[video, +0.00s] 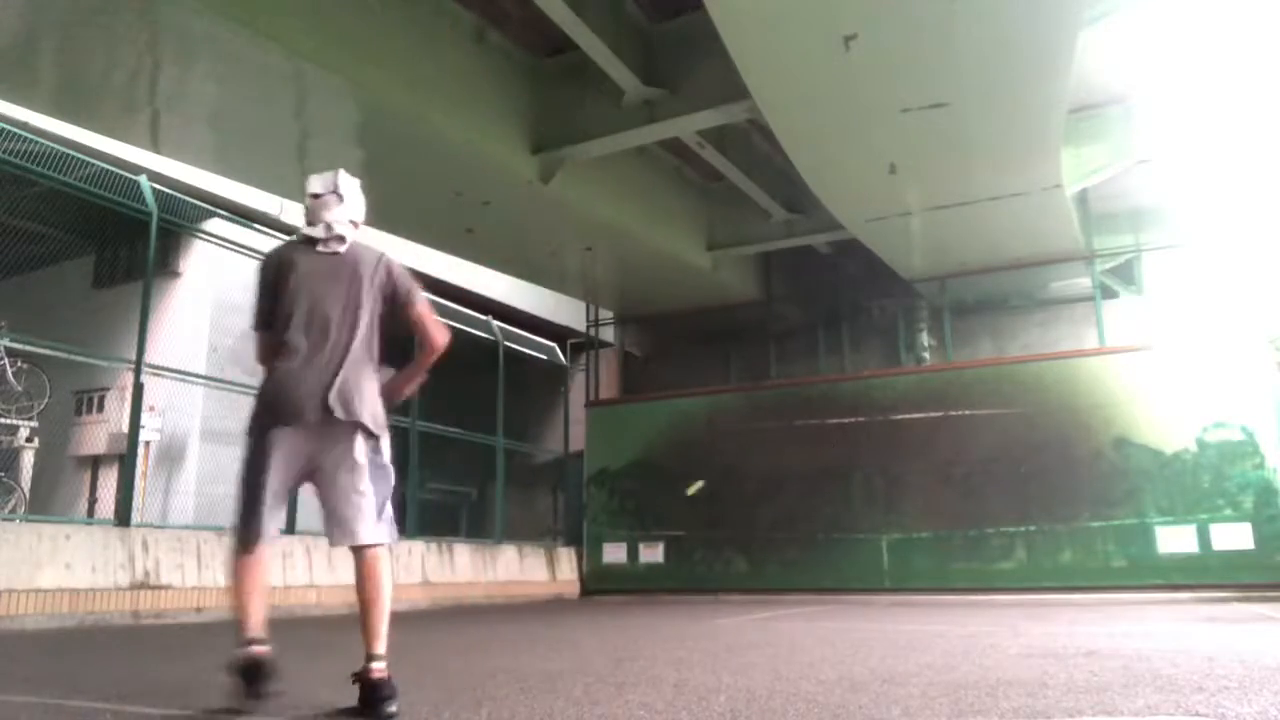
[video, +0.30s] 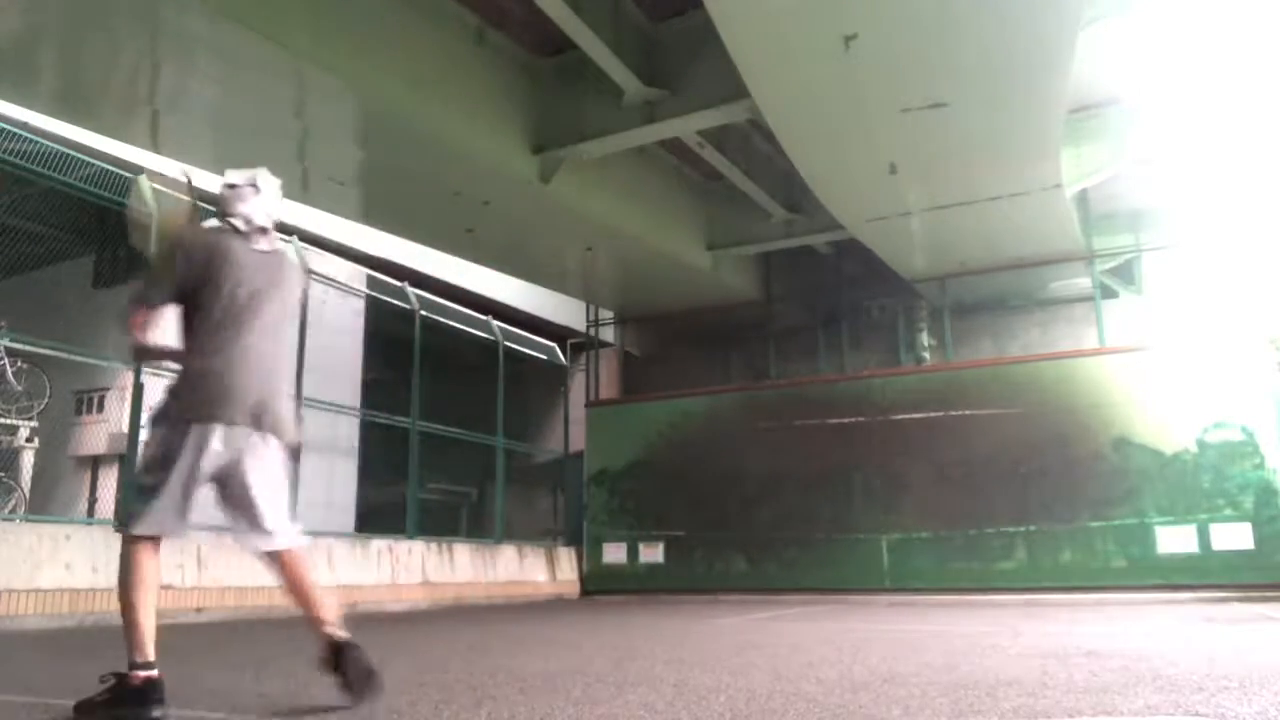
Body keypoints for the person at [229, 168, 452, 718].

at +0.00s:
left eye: (321, 211)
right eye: (345, 212)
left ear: (308, 215)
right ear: (358, 216)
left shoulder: (280, 262)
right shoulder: (383, 266)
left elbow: (267, 350)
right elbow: (435, 338)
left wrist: (302, 357)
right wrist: (400, 385)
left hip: (283, 416)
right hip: (355, 417)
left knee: (253, 538)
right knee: (370, 543)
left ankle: (254, 646)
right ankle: (376, 673)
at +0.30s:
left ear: (224, 206)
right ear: (273, 214)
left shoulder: (199, 244)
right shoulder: (292, 267)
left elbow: (143, 321)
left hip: (200, 410)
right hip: (270, 418)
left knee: (143, 535)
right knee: (281, 539)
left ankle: (142, 674)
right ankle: (338, 640)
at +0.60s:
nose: (131, 202)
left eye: (136, 196)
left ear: (141, 199)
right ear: (184, 207)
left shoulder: (140, 229)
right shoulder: (189, 252)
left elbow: (47, 267)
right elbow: (105, 328)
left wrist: (48, 222)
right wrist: (41, 284)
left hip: (155, 400)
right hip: (193, 401)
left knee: (131, 530)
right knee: (119, 524)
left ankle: (144, 674)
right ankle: (87, 648)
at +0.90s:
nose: (29, 296)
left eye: (35, 287)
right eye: (30, 288)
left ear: (52, 285)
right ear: (70, 283)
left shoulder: (70, 311)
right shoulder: (62, 324)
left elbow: (82, 372)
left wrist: (19, 374)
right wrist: (17, 396)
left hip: (87, 461)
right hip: (79, 462)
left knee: (60, 566)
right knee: (34, 563)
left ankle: (141, 666)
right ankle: (1, 654)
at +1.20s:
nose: (15, 252)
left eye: (11, 243)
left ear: (6, 247)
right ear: (41, 244)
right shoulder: (69, 278)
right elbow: (135, 271)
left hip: (10, 420)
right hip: (61, 421)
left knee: (6, 530)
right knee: (39, 537)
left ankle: (22, 623)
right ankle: (15, 631)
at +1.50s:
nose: (24, 244)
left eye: (20, 236)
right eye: (18, 237)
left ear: (15, 235)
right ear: (9, 238)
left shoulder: (22, 261)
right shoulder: (16, 263)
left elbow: (79, 235)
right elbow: (79, 234)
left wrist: (103, 161)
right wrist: (105, 160)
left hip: (25, 416)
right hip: (14, 415)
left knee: (18, 541)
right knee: (13, 543)